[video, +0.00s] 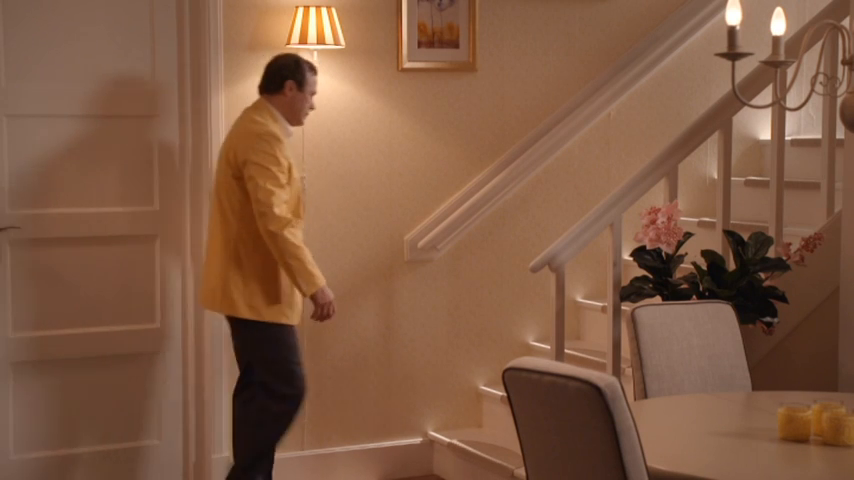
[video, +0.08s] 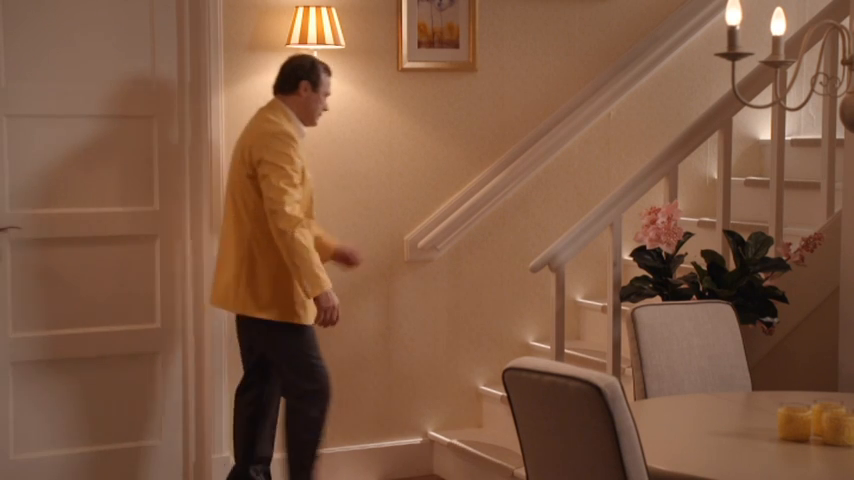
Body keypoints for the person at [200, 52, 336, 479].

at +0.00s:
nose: (313, 103)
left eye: (315, 93)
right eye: (311, 92)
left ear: (284, 88)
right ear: (289, 89)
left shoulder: (256, 128)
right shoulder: (262, 134)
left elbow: (272, 219)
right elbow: (275, 220)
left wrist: (305, 284)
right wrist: (316, 285)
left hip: (249, 285)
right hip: (255, 287)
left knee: (257, 385)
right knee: (284, 388)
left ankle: (251, 474)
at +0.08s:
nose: (327, 105)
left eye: (328, 95)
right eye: (324, 94)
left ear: (298, 89)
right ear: (303, 90)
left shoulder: (268, 128)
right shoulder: (276, 134)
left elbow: (290, 215)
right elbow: (286, 220)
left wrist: (331, 248)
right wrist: (321, 288)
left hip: (254, 286)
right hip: (273, 291)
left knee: (261, 383)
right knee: (312, 387)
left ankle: (249, 474)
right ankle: (300, 476)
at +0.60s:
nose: (422, 114)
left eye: (424, 104)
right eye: (421, 103)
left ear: (390, 96)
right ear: (402, 97)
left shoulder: (344, 134)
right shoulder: (391, 143)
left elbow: (327, 207)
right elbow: (399, 224)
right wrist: (436, 284)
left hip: (347, 279)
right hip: (383, 285)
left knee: (391, 366)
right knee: (409, 379)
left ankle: (324, 444)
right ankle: (405, 473)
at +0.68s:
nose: (433, 114)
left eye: (436, 104)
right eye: (431, 103)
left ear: (402, 96)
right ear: (409, 96)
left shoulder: (363, 127)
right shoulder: (395, 139)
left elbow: (339, 199)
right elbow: (403, 218)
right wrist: (448, 261)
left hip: (366, 276)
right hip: (387, 281)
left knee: (420, 362)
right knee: (411, 376)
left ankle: (363, 458)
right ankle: (406, 473)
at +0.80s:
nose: (446, 109)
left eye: (447, 101)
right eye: (440, 100)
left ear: (413, 97)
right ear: (413, 95)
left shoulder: (393, 131)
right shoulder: (396, 136)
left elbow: (358, 203)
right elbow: (388, 207)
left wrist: (348, 265)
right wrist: (439, 236)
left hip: (410, 286)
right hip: (395, 288)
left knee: (434, 380)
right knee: (411, 384)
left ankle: (426, 473)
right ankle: (405, 475)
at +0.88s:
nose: (448, 109)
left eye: (450, 100)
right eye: (440, 101)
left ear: (431, 98)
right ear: (412, 95)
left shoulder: (423, 134)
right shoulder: (391, 134)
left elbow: (406, 202)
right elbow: (369, 201)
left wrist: (358, 257)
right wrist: (423, 232)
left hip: (421, 277)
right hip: (393, 282)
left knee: (439, 378)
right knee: (412, 382)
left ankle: (435, 471)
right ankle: (404, 474)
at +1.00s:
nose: (445, 108)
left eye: (449, 99)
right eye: (434, 100)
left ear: (453, 95)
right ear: (410, 98)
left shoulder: (441, 135)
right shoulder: (387, 134)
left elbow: (434, 190)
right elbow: (340, 187)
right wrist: (392, 231)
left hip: (438, 267)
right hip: (398, 271)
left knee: (441, 377)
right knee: (413, 379)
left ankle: (435, 472)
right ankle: (404, 474)